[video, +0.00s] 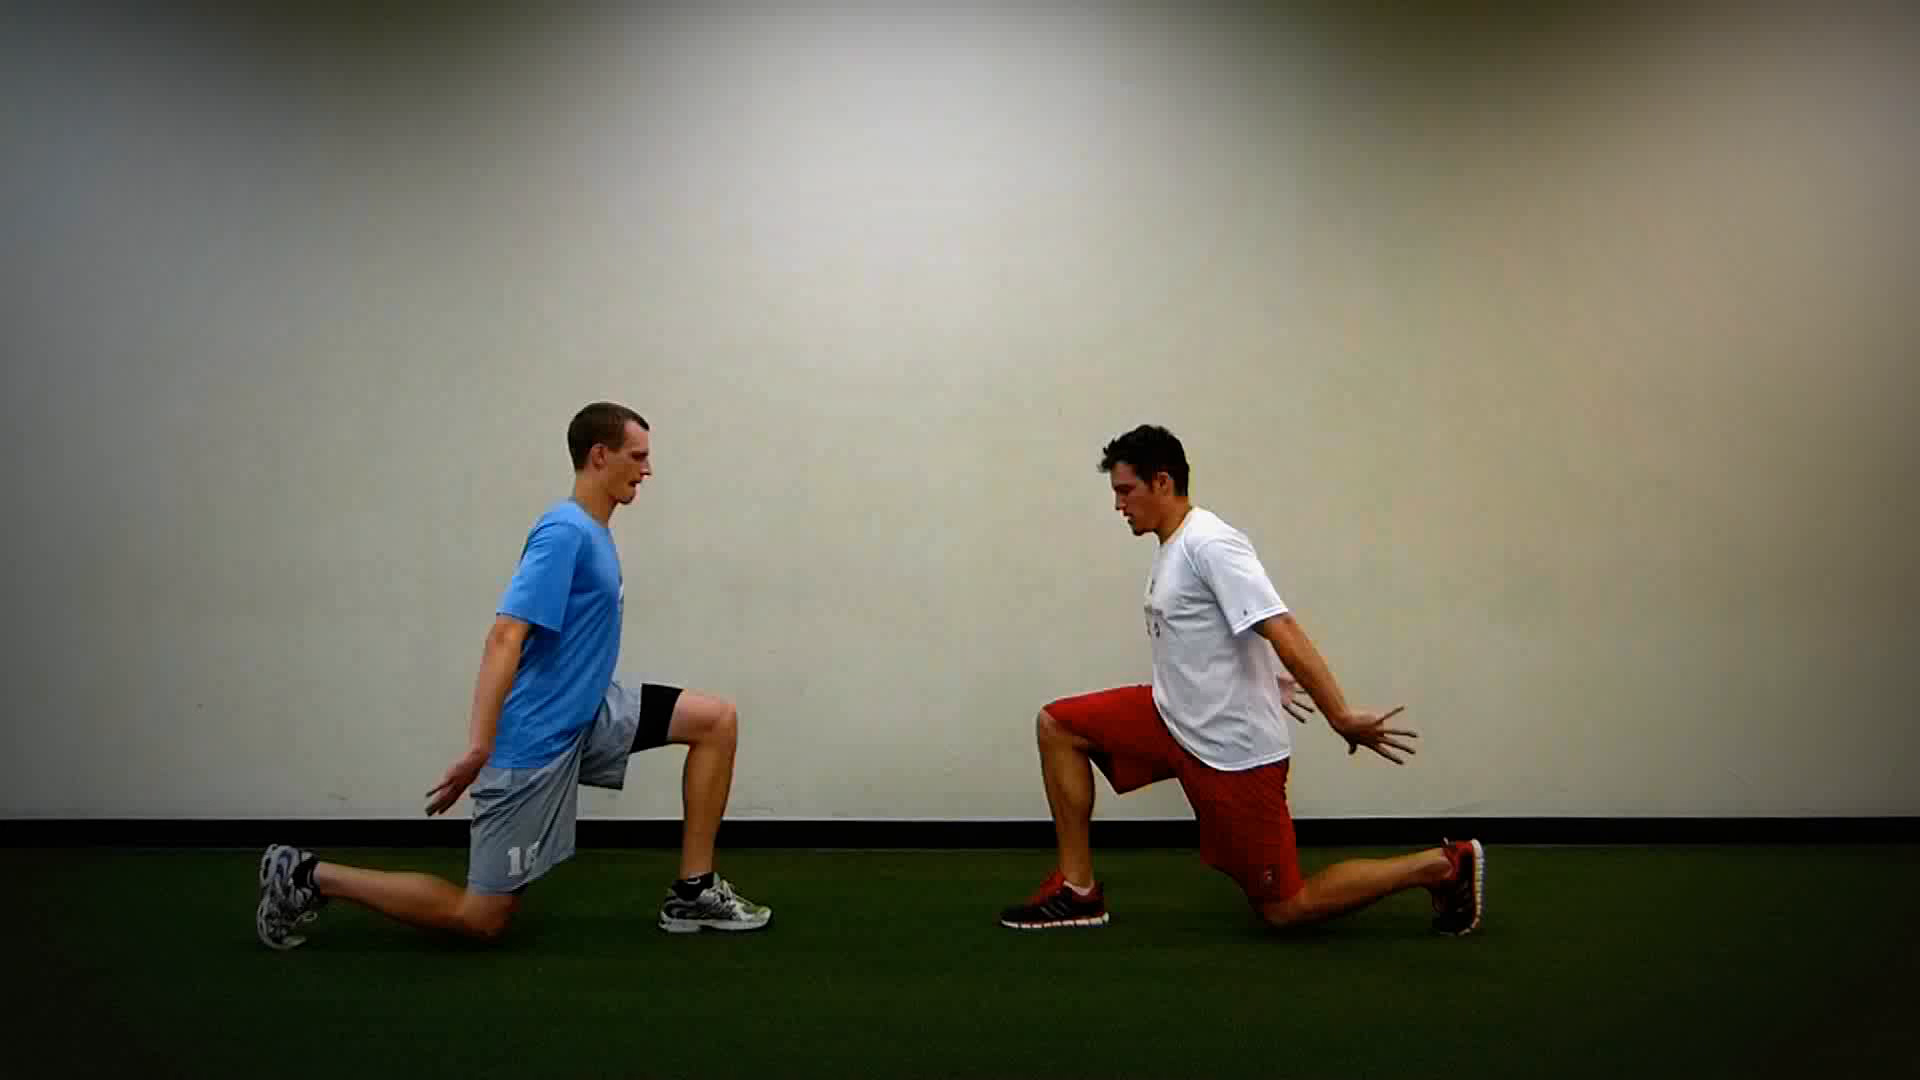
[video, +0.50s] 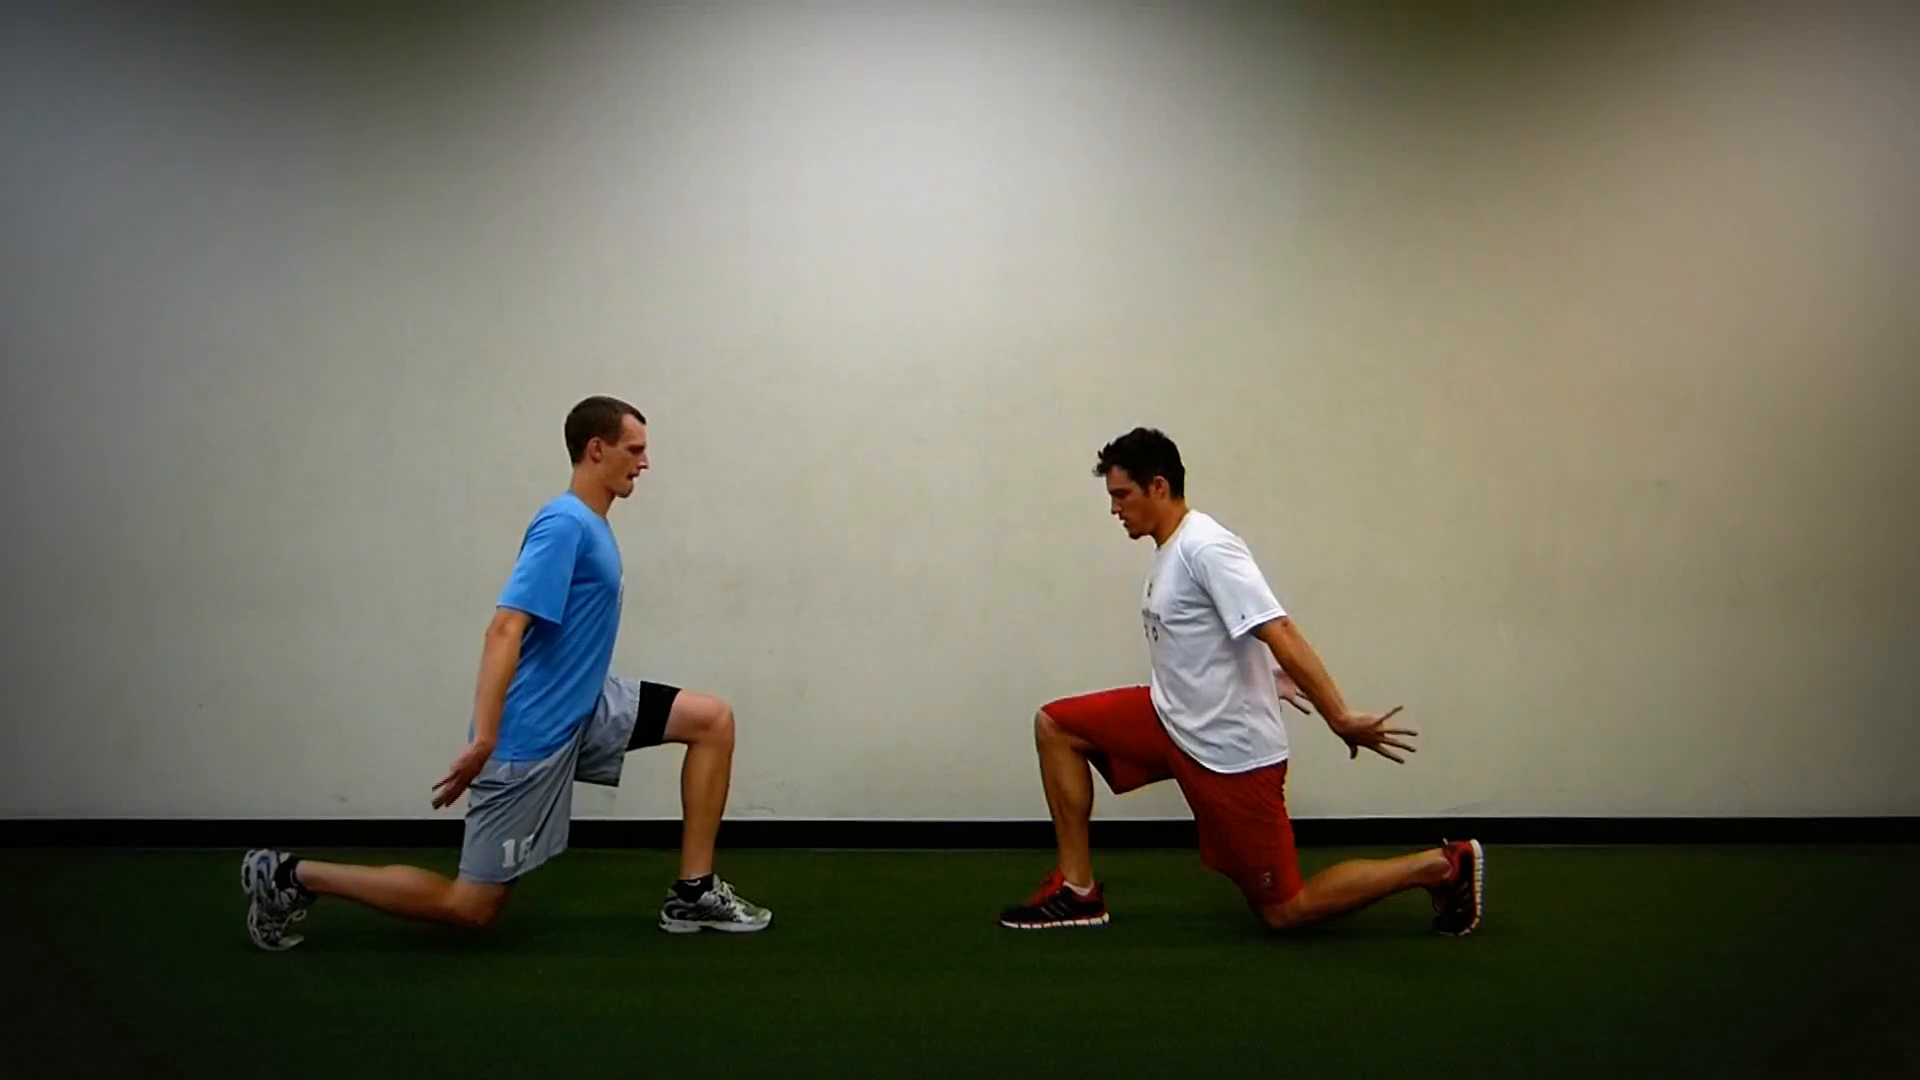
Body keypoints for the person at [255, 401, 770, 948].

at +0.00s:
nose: (646, 471)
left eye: (647, 458)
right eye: (637, 457)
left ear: (602, 459)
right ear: (598, 457)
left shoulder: (592, 529)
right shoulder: (564, 533)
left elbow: (553, 640)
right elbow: (504, 638)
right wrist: (482, 747)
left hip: (589, 709)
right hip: (534, 742)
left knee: (715, 721)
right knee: (484, 916)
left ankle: (696, 892)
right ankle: (305, 877)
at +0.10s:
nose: (645, 468)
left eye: (646, 455)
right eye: (636, 454)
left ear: (601, 457)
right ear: (598, 454)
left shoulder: (589, 526)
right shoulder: (564, 530)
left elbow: (551, 635)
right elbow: (506, 637)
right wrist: (484, 746)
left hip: (589, 707)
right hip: (534, 739)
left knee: (716, 722)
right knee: (479, 912)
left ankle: (695, 891)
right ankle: (301, 876)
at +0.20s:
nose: (644, 466)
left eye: (645, 454)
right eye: (635, 453)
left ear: (600, 456)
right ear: (597, 453)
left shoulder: (589, 525)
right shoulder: (565, 529)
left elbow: (549, 640)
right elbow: (509, 635)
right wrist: (487, 746)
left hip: (590, 707)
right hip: (535, 739)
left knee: (716, 722)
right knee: (477, 911)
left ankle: (696, 892)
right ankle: (298, 875)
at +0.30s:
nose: (643, 466)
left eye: (644, 453)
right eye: (634, 452)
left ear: (600, 456)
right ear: (595, 453)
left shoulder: (589, 525)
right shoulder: (564, 528)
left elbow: (549, 635)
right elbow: (509, 635)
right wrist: (489, 746)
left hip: (589, 706)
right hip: (533, 740)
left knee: (715, 723)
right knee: (476, 910)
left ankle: (696, 892)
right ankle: (293, 876)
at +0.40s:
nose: (643, 465)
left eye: (643, 453)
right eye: (634, 452)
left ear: (599, 455)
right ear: (595, 452)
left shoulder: (589, 524)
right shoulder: (564, 528)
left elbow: (547, 634)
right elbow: (509, 632)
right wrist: (488, 743)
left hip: (587, 706)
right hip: (532, 738)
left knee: (714, 723)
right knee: (473, 909)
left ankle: (696, 892)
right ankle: (290, 877)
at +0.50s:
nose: (643, 463)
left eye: (643, 451)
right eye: (634, 450)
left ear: (599, 453)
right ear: (594, 451)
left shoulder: (589, 523)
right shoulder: (564, 526)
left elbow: (546, 636)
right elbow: (506, 631)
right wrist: (485, 740)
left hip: (587, 704)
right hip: (531, 737)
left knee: (713, 722)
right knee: (473, 907)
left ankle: (696, 892)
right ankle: (288, 876)